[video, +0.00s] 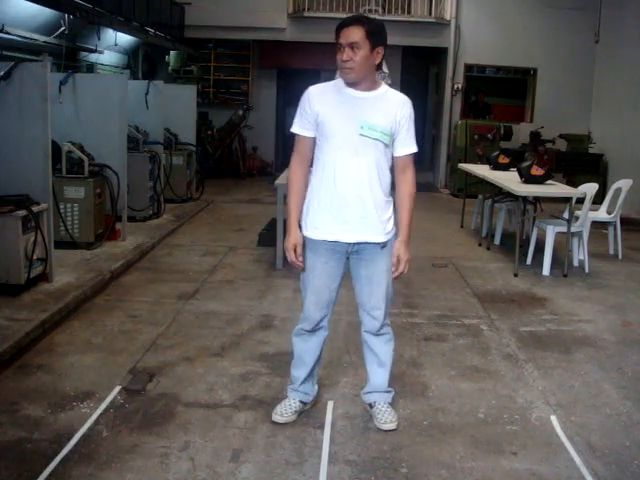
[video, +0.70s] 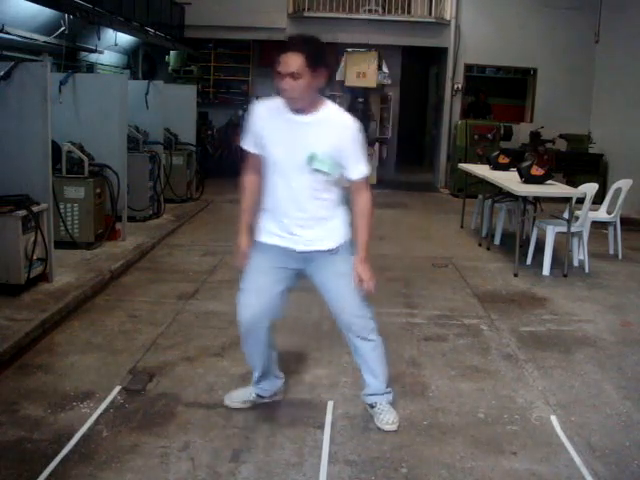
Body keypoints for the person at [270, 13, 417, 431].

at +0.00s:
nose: (344, 55)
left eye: (354, 47)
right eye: (340, 47)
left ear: (378, 53)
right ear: (335, 52)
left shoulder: (397, 105)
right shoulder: (316, 97)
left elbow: (405, 173)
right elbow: (299, 164)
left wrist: (402, 237)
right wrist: (293, 226)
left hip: (375, 234)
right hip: (321, 231)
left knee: (376, 321)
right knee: (312, 319)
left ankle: (380, 396)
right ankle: (300, 391)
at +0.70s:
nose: (283, 83)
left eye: (293, 76)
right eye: (280, 75)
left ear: (320, 78)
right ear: (276, 74)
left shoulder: (344, 127)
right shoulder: (262, 113)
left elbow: (361, 191)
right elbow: (251, 172)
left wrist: (361, 256)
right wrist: (244, 233)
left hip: (328, 248)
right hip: (272, 244)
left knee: (357, 321)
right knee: (251, 314)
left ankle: (379, 397)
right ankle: (265, 383)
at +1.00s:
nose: (205, 76)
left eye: (214, 68)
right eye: (199, 67)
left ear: (233, 65)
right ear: (190, 64)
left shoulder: (257, 105)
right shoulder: (176, 94)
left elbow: (287, 153)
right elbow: (169, 148)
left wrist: (283, 217)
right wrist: (153, 201)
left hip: (223, 231)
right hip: (177, 220)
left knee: (193, 311)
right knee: (138, 291)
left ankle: (200, 387)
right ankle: (158, 356)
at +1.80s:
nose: (363, 93)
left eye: (368, 83)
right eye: (353, 84)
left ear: (376, 78)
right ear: (326, 81)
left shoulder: (390, 122)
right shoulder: (297, 122)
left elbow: (396, 188)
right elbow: (273, 185)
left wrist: (402, 256)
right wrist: (252, 250)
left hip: (371, 258)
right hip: (305, 259)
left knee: (395, 335)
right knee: (270, 331)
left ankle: (393, 417)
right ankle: (215, 404)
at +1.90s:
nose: (402, 77)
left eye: (408, 67)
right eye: (391, 69)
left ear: (417, 63)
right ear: (368, 65)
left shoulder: (436, 104)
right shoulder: (341, 108)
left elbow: (450, 167)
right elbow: (314, 170)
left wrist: (454, 232)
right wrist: (294, 234)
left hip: (423, 243)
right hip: (360, 243)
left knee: (425, 334)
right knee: (338, 327)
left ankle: (401, 412)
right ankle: (306, 404)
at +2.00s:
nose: (437, 78)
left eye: (445, 68)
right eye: (427, 68)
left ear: (456, 63)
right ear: (406, 64)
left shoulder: (477, 100)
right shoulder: (380, 103)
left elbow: (496, 156)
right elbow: (347, 154)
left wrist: (499, 220)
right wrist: (335, 220)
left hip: (465, 235)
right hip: (405, 239)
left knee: (483, 321)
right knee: (419, 329)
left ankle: (464, 392)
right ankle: (427, 405)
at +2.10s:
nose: (469, 99)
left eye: (478, 89)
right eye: (459, 89)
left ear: (490, 84)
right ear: (444, 83)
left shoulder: (513, 113)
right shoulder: (416, 116)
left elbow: (534, 155)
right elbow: (381, 155)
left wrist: (539, 216)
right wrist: (380, 222)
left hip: (506, 255)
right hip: (447, 262)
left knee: (547, 337)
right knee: (466, 353)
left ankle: (578, 420)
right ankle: (487, 419)